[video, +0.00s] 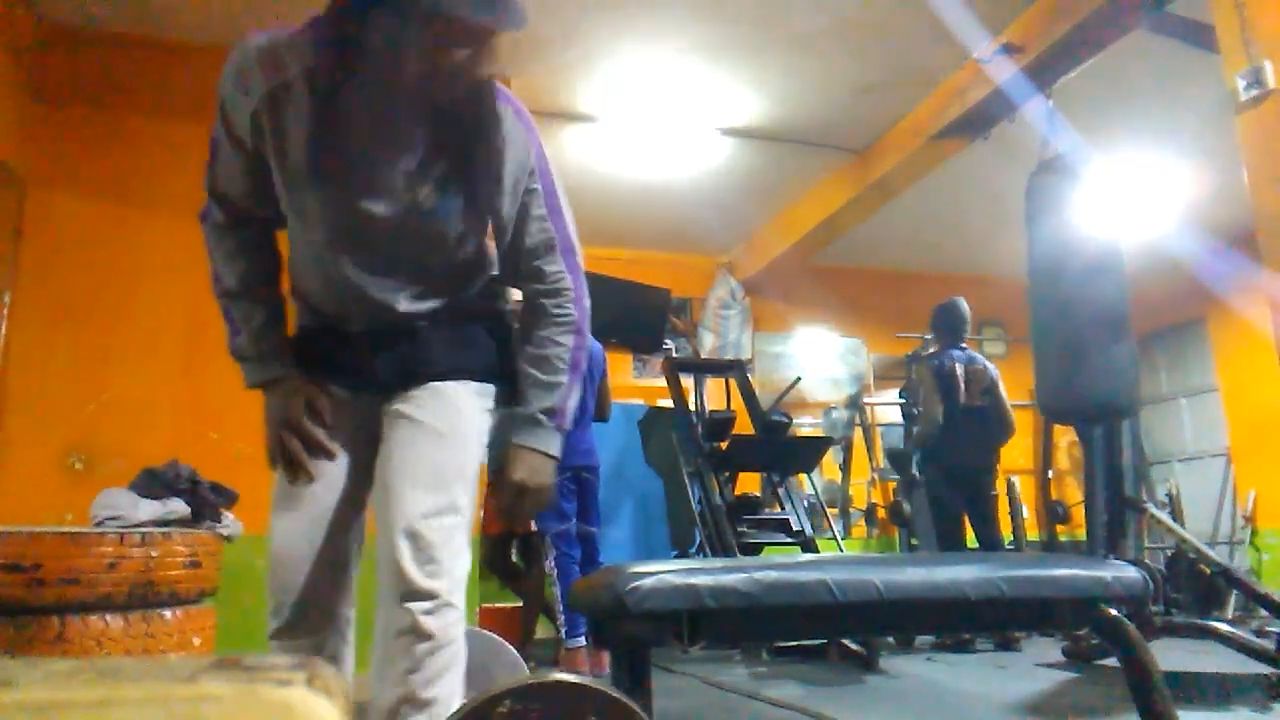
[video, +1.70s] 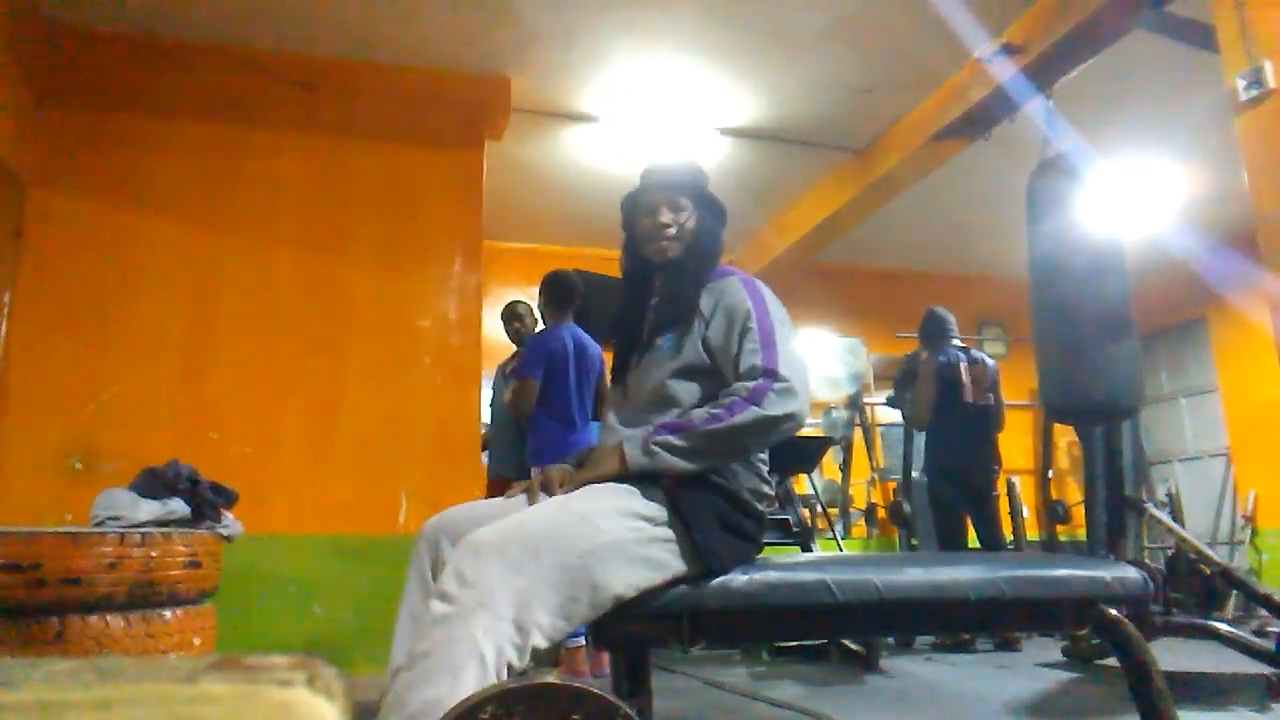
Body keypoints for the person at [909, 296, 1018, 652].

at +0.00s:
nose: (932, 333)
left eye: (933, 327)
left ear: (936, 328)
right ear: (968, 329)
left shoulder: (927, 366)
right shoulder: (985, 366)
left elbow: (932, 419)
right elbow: (1008, 422)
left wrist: (914, 441)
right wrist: (987, 446)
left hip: (943, 467)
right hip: (980, 467)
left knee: (950, 546)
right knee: (992, 543)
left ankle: (955, 630)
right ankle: (1007, 626)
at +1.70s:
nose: (924, 343)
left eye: (923, 337)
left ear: (925, 336)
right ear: (956, 331)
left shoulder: (927, 366)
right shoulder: (986, 364)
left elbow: (919, 418)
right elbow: (999, 421)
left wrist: (905, 393)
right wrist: (970, 421)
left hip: (944, 466)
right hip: (981, 466)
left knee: (952, 548)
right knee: (994, 543)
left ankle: (958, 630)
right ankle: (1008, 628)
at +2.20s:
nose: (927, 340)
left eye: (926, 334)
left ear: (928, 333)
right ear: (959, 330)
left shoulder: (929, 367)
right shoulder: (984, 365)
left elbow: (934, 420)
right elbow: (1004, 422)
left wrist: (911, 440)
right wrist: (982, 442)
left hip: (945, 462)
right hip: (982, 461)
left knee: (950, 544)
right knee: (991, 540)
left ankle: (956, 628)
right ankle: (1007, 624)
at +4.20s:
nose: (927, 340)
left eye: (927, 334)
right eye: (931, 335)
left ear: (931, 333)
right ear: (963, 331)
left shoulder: (931, 365)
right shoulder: (988, 367)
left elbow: (933, 420)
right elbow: (1005, 424)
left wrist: (912, 438)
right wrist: (981, 443)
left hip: (944, 468)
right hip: (981, 467)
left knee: (949, 547)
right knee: (993, 543)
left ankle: (956, 628)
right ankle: (1008, 625)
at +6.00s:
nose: (934, 340)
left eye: (934, 333)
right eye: (937, 334)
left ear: (938, 333)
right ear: (968, 330)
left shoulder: (942, 363)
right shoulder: (996, 364)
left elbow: (939, 420)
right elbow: (1001, 421)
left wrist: (923, 468)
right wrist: (997, 463)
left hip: (951, 466)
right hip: (986, 467)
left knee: (953, 546)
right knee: (997, 543)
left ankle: (958, 628)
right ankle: (1010, 626)